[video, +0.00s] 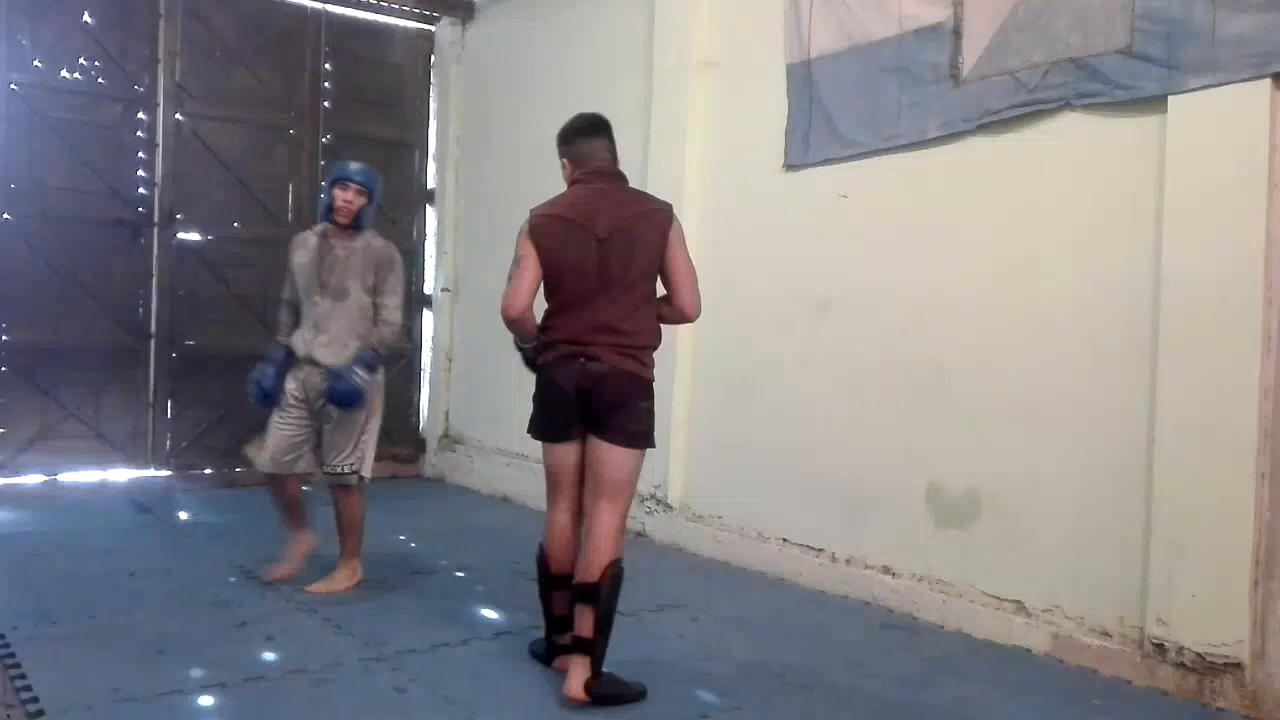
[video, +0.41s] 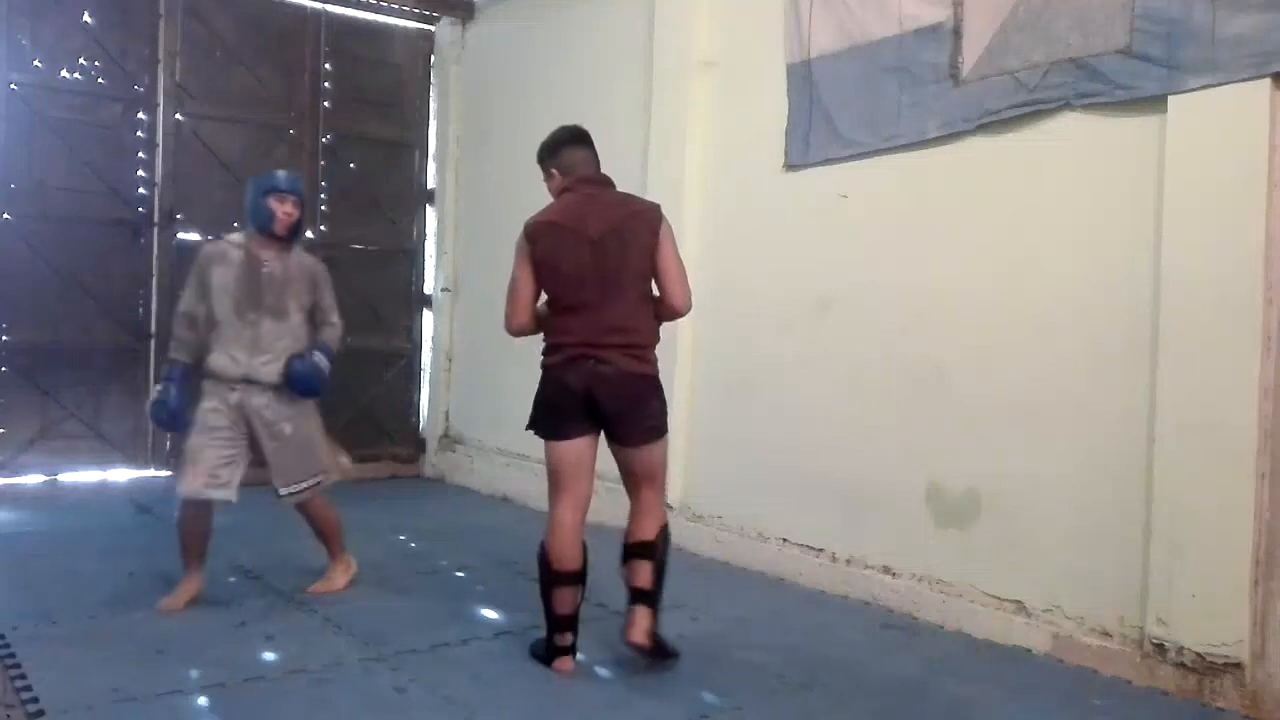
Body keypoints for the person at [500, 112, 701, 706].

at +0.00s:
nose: (566, 172)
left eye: (563, 165)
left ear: (566, 165)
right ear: (618, 160)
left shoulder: (545, 220)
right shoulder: (658, 215)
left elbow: (514, 309)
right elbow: (686, 306)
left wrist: (533, 343)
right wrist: (637, 308)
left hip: (560, 376)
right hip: (625, 381)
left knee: (562, 507)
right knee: (607, 516)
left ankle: (559, 641)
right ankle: (582, 672)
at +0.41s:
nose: (544, 186)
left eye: (543, 179)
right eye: (545, 179)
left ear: (553, 176)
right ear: (598, 165)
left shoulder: (539, 228)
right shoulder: (647, 215)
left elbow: (519, 322)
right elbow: (677, 301)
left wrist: (562, 310)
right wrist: (637, 309)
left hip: (565, 384)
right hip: (631, 384)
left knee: (567, 503)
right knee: (647, 492)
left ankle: (562, 647)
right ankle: (641, 626)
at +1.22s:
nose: (588, 214)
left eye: (590, 204)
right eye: (586, 205)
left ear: (611, 200)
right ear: (629, 198)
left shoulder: (605, 246)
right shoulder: (678, 244)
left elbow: (591, 331)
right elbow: (712, 314)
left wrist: (562, 329)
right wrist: (658, 324)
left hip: (617, 387)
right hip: (671, 389)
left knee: (584, 490)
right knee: (649, 482)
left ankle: (601, 618)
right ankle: (688, 587)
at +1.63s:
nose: (647, 221)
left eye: (650, 210)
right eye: (646, 211)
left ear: (675, 206)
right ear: (688, 205)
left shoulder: (684, 248)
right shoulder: (722, 245)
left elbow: (645, 319)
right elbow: (697, 313)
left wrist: (629, 273)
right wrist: (650, 273)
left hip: (684, 384)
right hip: (724, 384)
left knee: (630, 479)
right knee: (703, 485)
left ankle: (636, 608)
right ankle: (750, 594)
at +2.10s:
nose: (677, 210)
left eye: (682, 200)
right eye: (676, 201)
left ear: (709, 196)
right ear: (710, 197)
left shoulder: (724, 240)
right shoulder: (736, 232)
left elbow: (731, 311)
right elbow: (731, 302)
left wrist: (679, 295)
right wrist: (685, 301)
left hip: (713, 368)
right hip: (743, 368)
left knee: (657, 457)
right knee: (733, 471)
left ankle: (694, 571)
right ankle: (769, 579)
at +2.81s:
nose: (635, 186)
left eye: (640, 177)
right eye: (636, 177)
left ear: (663, 178)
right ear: (678, 179)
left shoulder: (660, 220)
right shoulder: (709, 227)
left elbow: (644, 296)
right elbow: (716, 308)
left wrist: (608, 269)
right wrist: (644, 299)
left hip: (656, 362)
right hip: (693, 360)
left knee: (648, 478)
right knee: (669, 469)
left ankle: (658, 598)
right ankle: (709, 570)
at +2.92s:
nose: (632, 187)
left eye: (636, 178)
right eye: (632, 178)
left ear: (658, 178)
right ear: (675, 179)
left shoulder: (654, 217)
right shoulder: (708, 227)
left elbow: (606, 287)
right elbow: (719, 306)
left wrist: (582, 249)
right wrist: (665, 282)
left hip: (652, 360)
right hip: (688, 359)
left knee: (650, 480)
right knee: (646, 476)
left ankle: (671, 596)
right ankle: (643, 588)